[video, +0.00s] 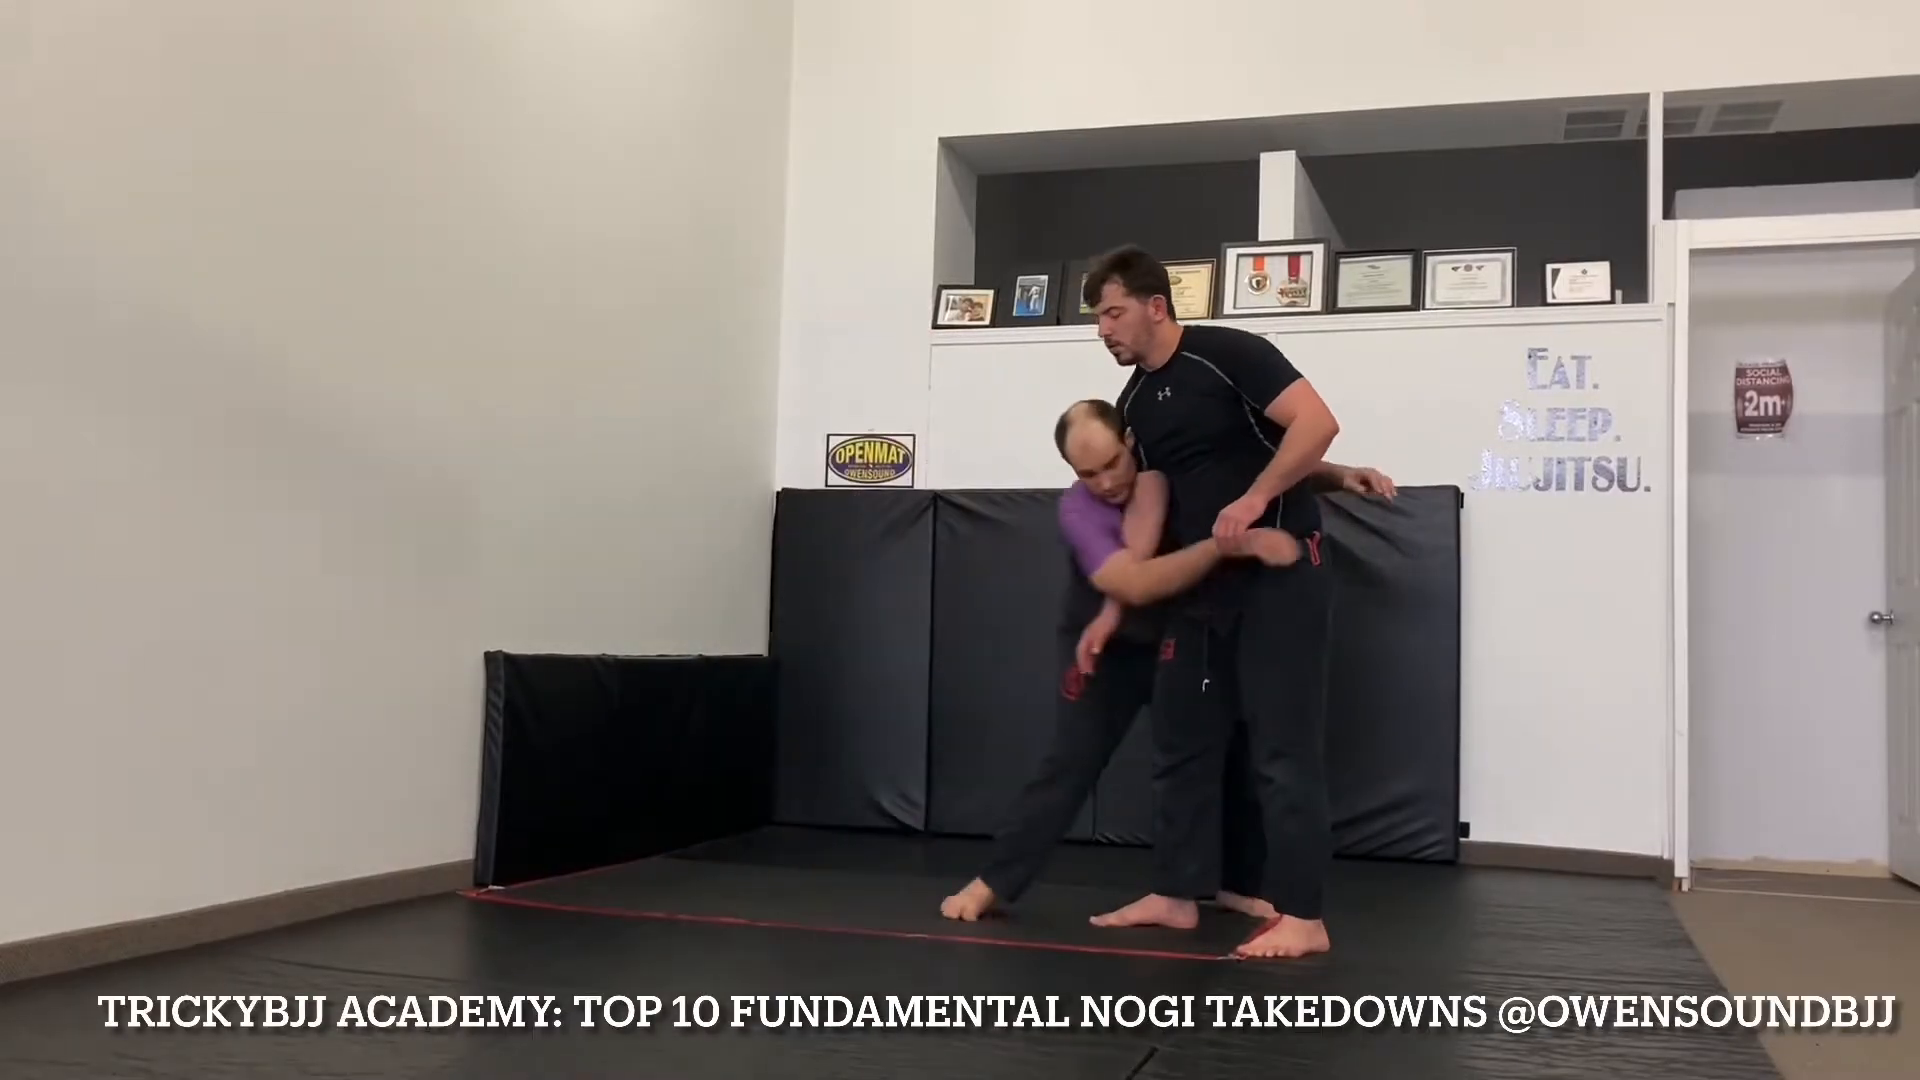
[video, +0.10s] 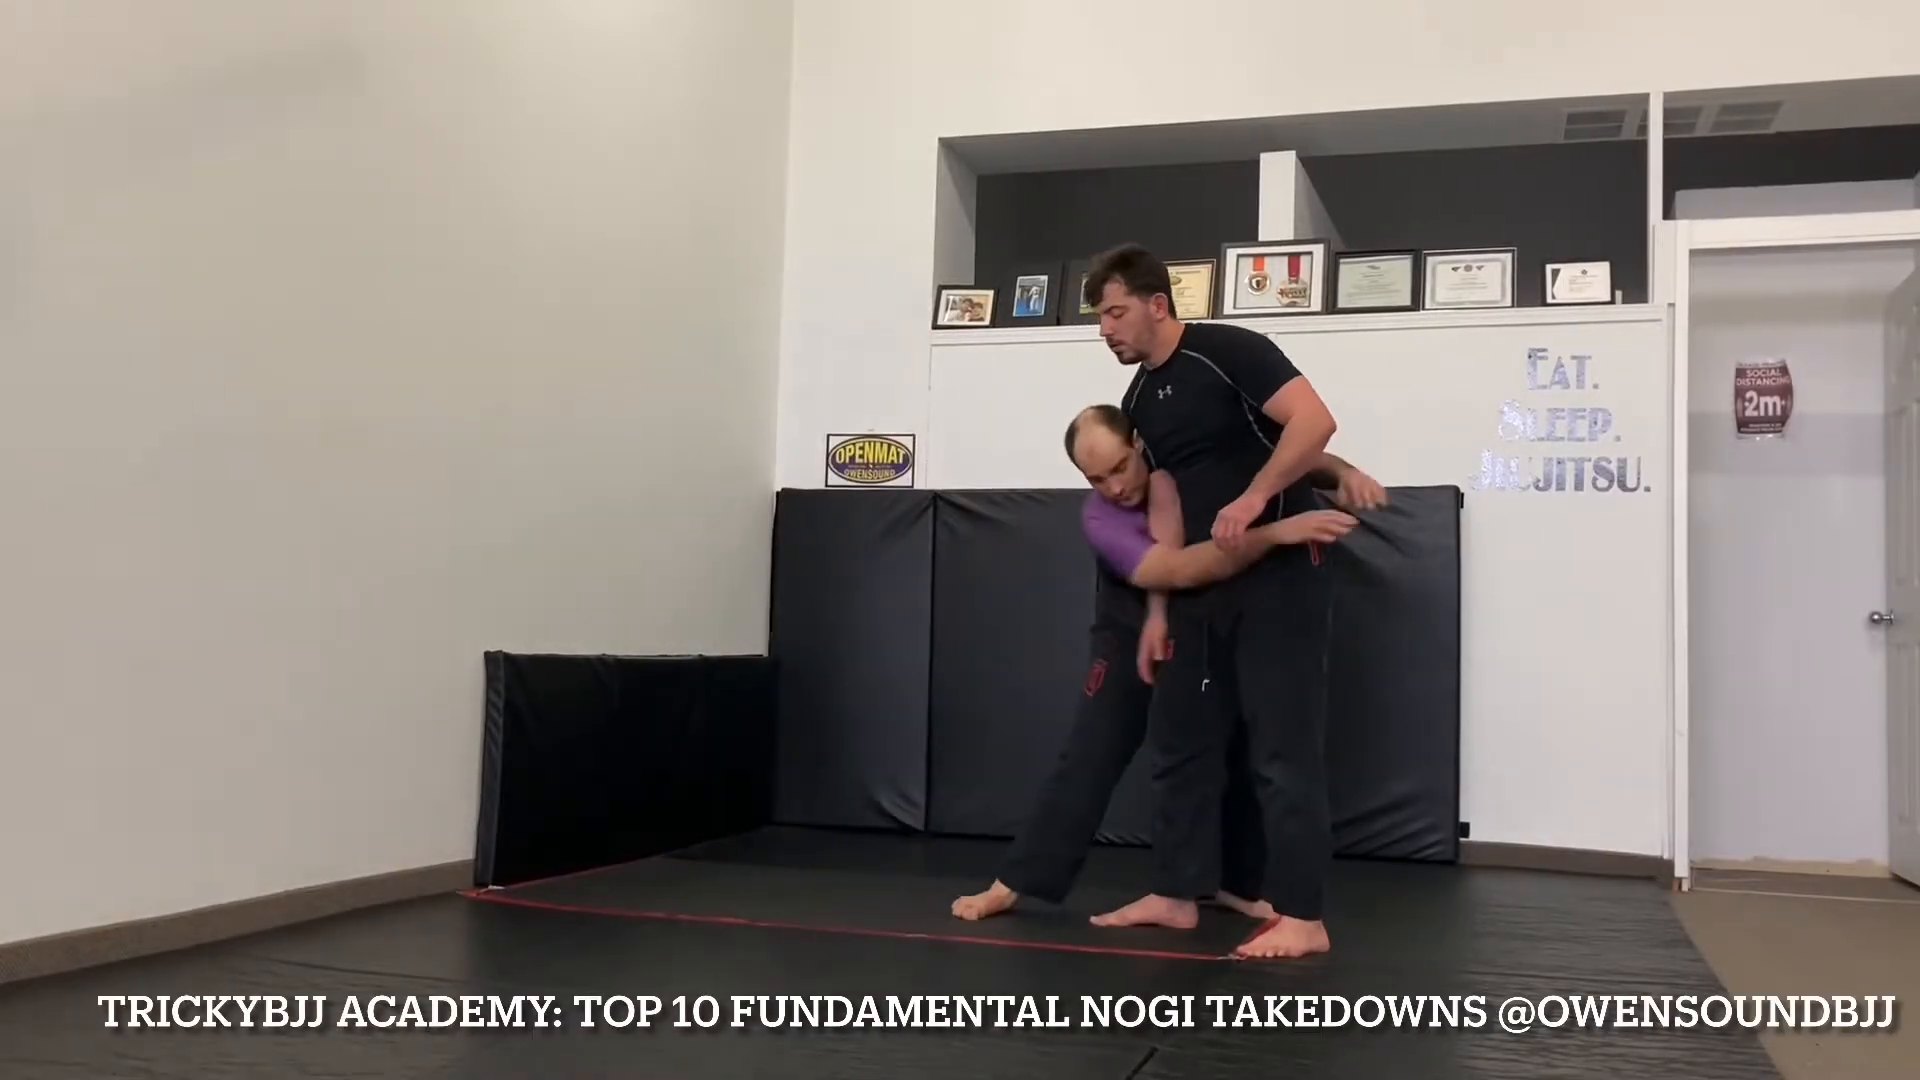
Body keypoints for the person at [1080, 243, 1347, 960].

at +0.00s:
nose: (1103, 331)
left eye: (1112, 314)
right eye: (1099, 318)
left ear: (1156, 306)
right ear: (1122, 316)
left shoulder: (1233, 354)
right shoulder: (1136, 402)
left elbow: (1317, 423)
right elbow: (1146, 507)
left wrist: (1259, 494)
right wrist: (1112, 609)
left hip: (1282, 577)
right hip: (1202, 588)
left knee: (1283, 744)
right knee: (1184, 739)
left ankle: (1302, 916)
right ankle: (1176, 895)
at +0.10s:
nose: (1104, 331)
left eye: (1113, 313)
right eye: (1100, 318)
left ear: (1158, 305)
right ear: (1124, 316)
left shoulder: (1231, 350)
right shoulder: (1140, 399)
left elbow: (1315, 422)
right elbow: (1161, 508)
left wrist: (1256, 495)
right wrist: (1155, 608)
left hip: (1279, 575)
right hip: (1198, 589)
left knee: (1283, 745)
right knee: (1183, 741)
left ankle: (1301, 916)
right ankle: (1176, 895)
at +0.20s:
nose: (1110, 328)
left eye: (1118, 312)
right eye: (1104, 316)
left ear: (1162, 303)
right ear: (1136, 314)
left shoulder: (1235, 348)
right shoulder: (1147, 397)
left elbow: (1311, 420)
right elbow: (1170, 498)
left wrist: (1247, 493)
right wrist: (1164, 601)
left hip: (1280, 571)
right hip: (1204, 585)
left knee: (1283, 743)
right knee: (1182, 738)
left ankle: (1302, 917)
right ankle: (1175, 894)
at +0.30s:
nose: (1115, 324)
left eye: (1123, 306)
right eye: (1110, 310)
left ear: (1167, 297)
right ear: (1143, 309)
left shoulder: (1240, 343)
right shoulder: (1156, 392)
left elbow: (1309, 418)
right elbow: (1174, 492)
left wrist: (1237, 492)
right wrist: (1165, 595)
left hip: (1284, 569)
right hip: (1208, 581)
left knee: (1285, 744)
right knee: (1190, 738)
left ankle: (1302, 918)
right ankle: (1176, 894)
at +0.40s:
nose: (1119, 320)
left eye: (1127, 302)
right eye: (1114, 307)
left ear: (1170, 293)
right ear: (1146, 304)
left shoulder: (1244, 342)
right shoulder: (1164, 385)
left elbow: (1306, 420)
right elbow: (1176, 487)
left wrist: (1229, 497)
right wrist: (1166, 591)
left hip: (1282, 568)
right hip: (1208, 580)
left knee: (1284, 743)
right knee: (1190, 737)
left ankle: (1302, 918)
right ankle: (1177, 894)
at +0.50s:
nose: (1126, 313)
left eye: (1134, 296)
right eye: (1120, 300)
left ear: (1177, 288)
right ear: (1143, 299)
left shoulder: (1247, 341)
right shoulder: (1164, 379)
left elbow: (1305, 426)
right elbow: (1172, 476)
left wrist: (1223, 501)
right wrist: (1164, 585)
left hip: (1279, 568)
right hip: (1204, 581)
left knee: (1282, 743)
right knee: (1188, 738)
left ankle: (1301, 917)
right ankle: (1177, 894)